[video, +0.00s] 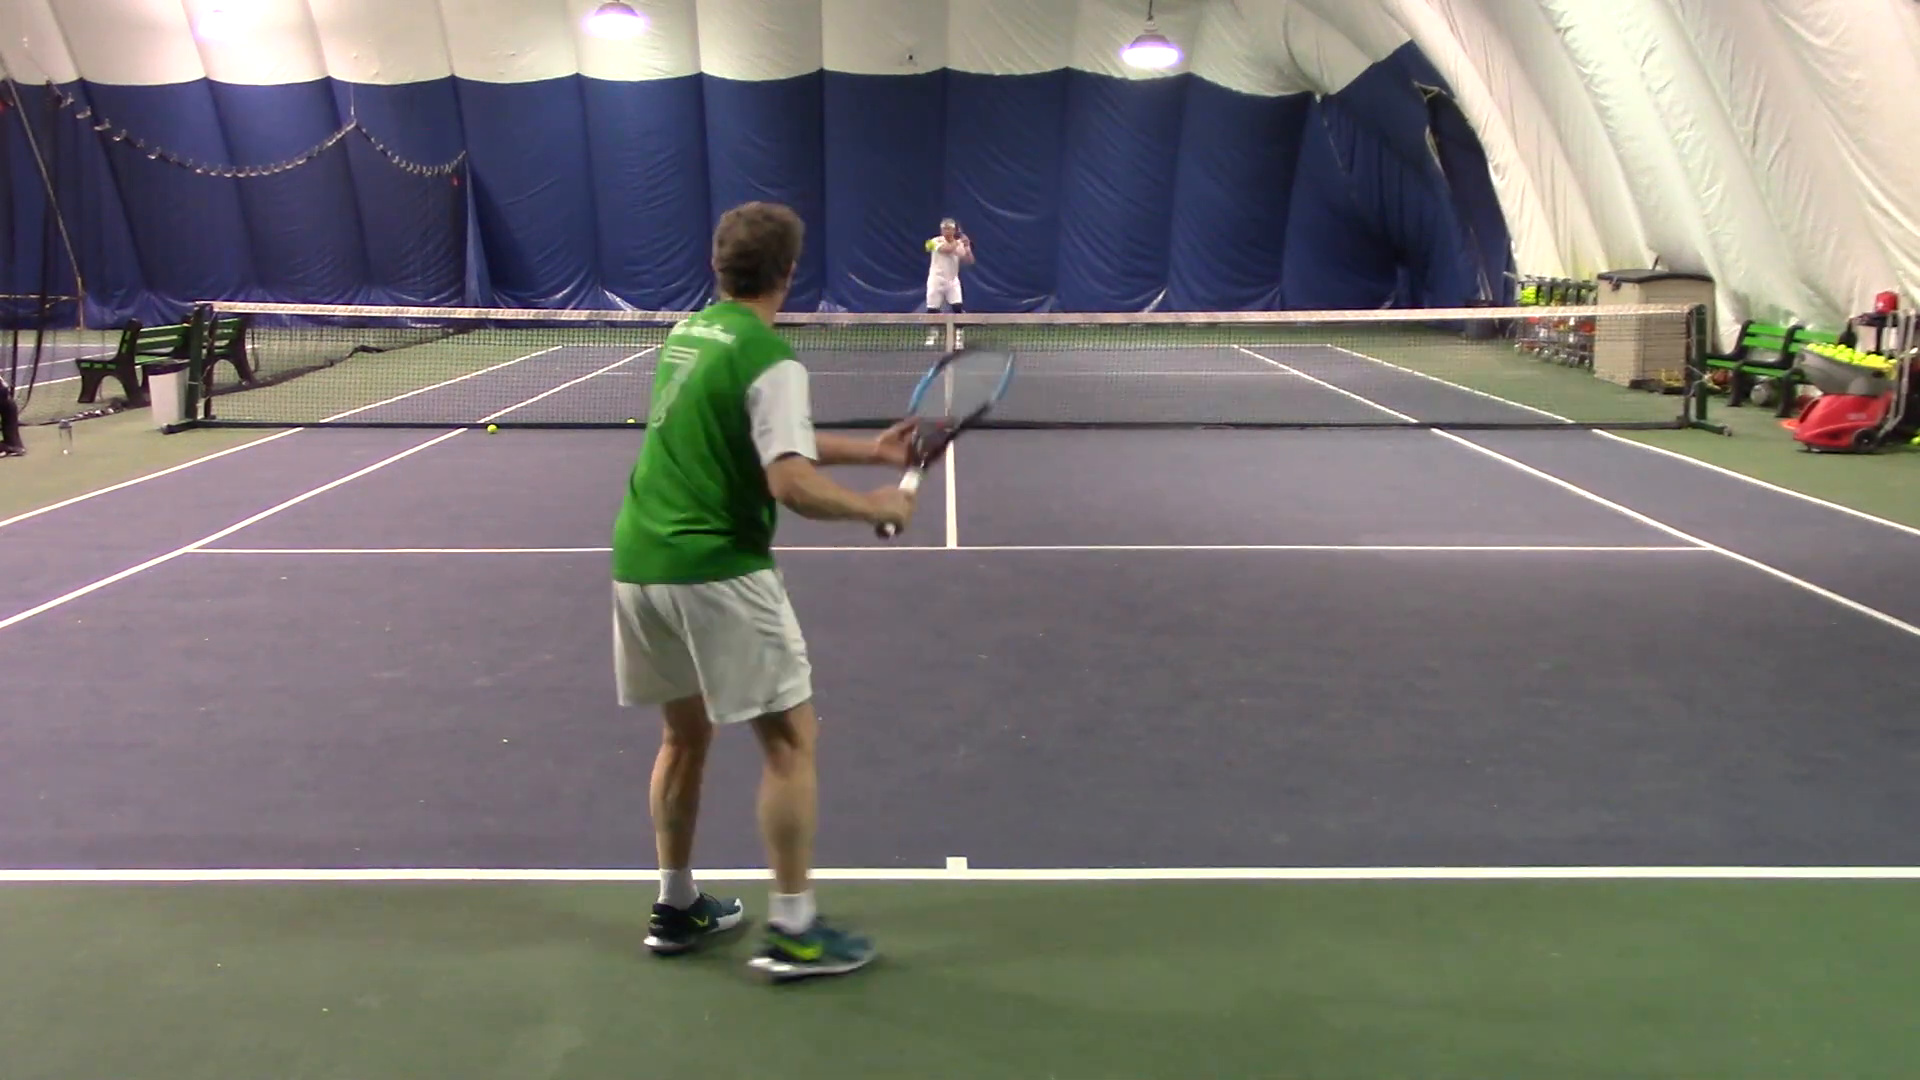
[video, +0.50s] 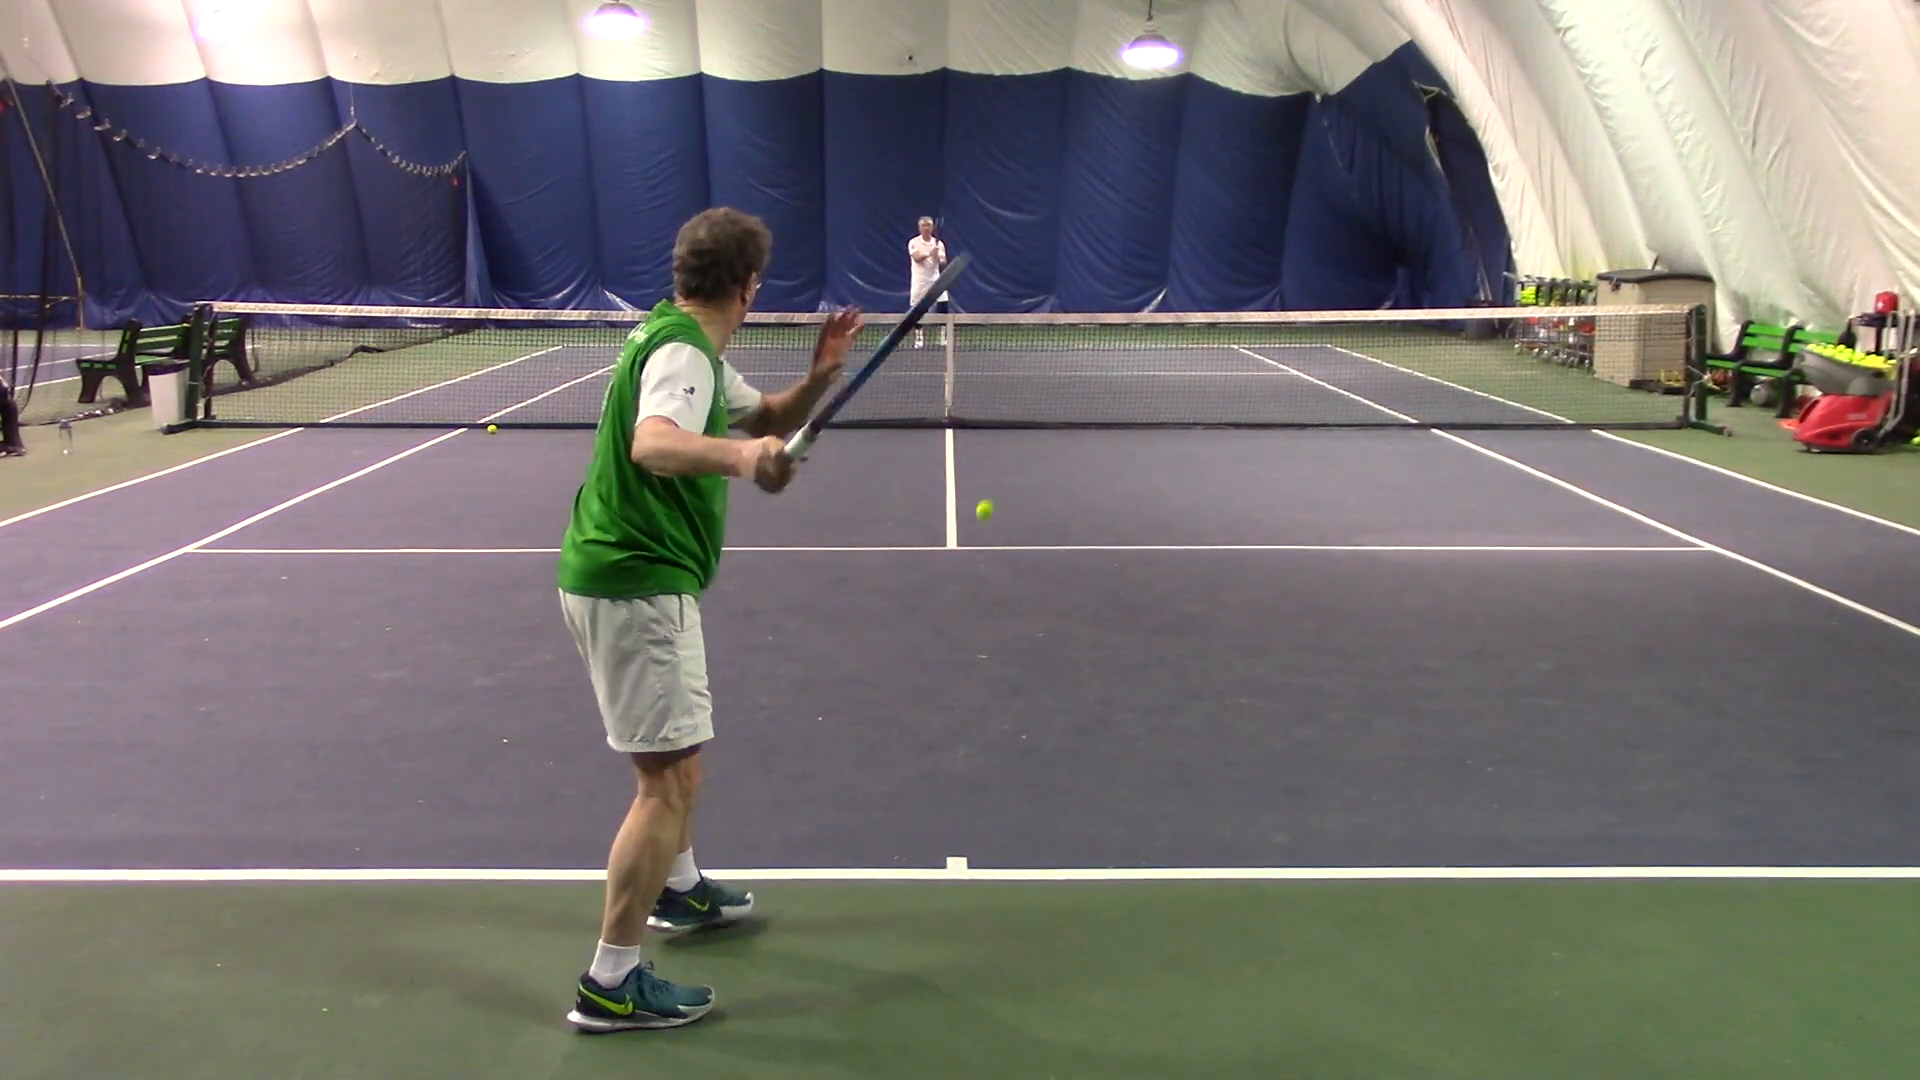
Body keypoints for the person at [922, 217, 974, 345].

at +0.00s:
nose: (948, 232)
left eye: (950, 229)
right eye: (945, 229)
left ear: (955, 230)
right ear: (941, 230)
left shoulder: (959, 243)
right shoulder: (935, 242)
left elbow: (970, 260)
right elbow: (947, 249)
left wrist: (967, 247)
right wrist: (958, 241)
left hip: (952, 279)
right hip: (936, 278)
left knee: (957, 307)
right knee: (932, 309)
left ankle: (959, 335)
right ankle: (932, 332)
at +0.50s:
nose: (926, 229)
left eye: (928, 225)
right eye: (923, 226)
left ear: (932, 227)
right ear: (919, 228)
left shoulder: (938, 243)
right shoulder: (913, 242)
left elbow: (943, 261)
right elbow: (917, 257)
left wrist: (938, 255)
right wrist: (931, 252)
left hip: (935, 278)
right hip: (919, 280)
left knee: (943, 304)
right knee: (918, 309)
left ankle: (943, 334)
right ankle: (919, 337)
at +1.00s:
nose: (920, 230)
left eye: (922, 227)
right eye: (918, 227)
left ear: (926, 229)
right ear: (914, 229)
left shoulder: (931, 245)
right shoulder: (907, 242)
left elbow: (932, 261)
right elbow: (909, 258)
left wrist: (925, 259)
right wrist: (923, 257)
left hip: (925, 277)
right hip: (910, 277)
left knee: (923, 307)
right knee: (912, 305)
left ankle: (920, 334)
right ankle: (913, 331)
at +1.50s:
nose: (912, 235)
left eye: (914, 232)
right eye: (910, 232)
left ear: (917, 233)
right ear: (905, 233)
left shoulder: (920, 249)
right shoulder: (897, 247)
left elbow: (922, 264)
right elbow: (898, 265)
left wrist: (922, 273)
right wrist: (910, 269)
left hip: (912, 282)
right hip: (897, 283)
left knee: (922, 307)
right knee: (889, 309)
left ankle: (919, 336)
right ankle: (880, 335)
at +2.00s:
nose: (927, 243)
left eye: (929, 240)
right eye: (925, 240)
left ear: (930, 241)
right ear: (919, 239)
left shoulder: (926, 251)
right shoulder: (912, 250)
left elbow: (937, 255)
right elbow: (927, 257)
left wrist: (951, 251)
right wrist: (946, 247)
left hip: (914, 282)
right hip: (902, 282)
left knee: (923, 307)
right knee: (911, 304)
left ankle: (921, 329)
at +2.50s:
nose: (937, 235)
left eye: (939, 233)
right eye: (935, 231)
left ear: (940, 234)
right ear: (930, 229)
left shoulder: (935, 245)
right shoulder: (917, 239)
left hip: (925, 273)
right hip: (914, 273)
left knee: (927, 304)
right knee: (912, 303)